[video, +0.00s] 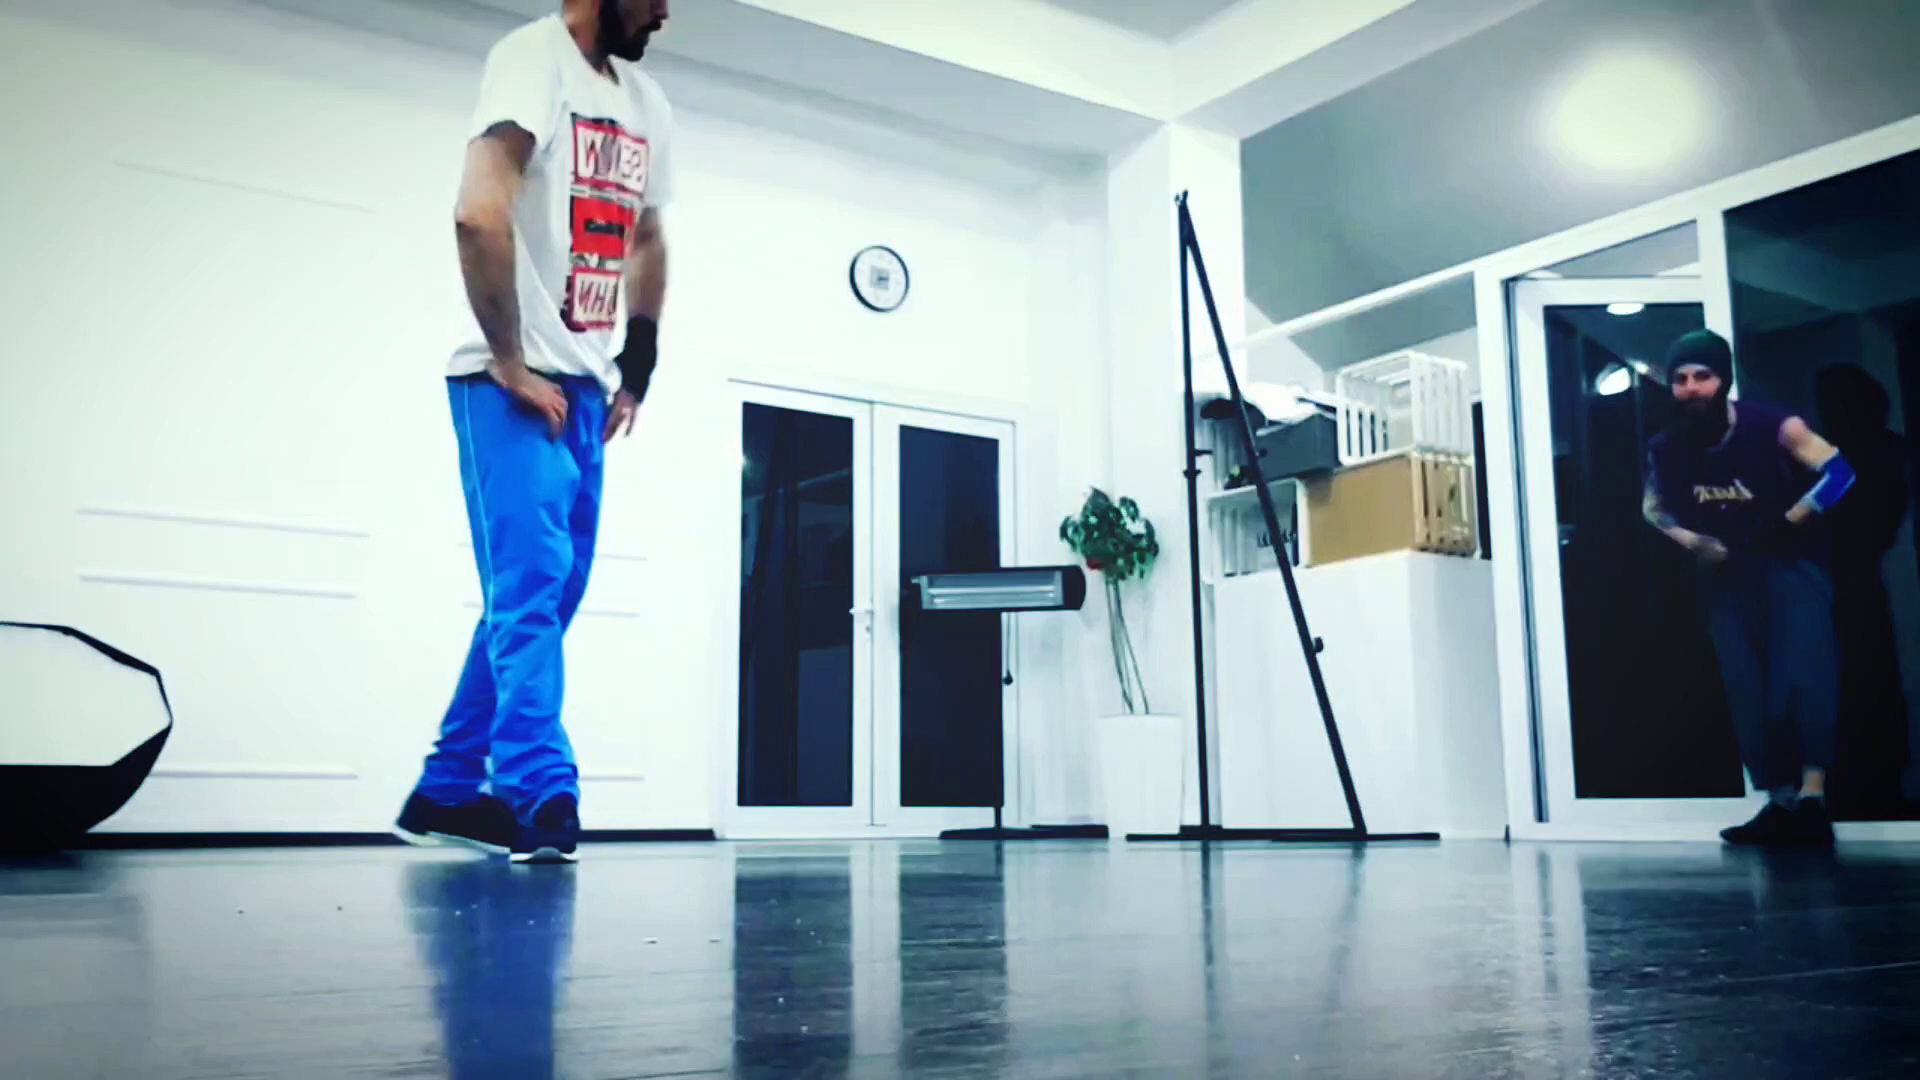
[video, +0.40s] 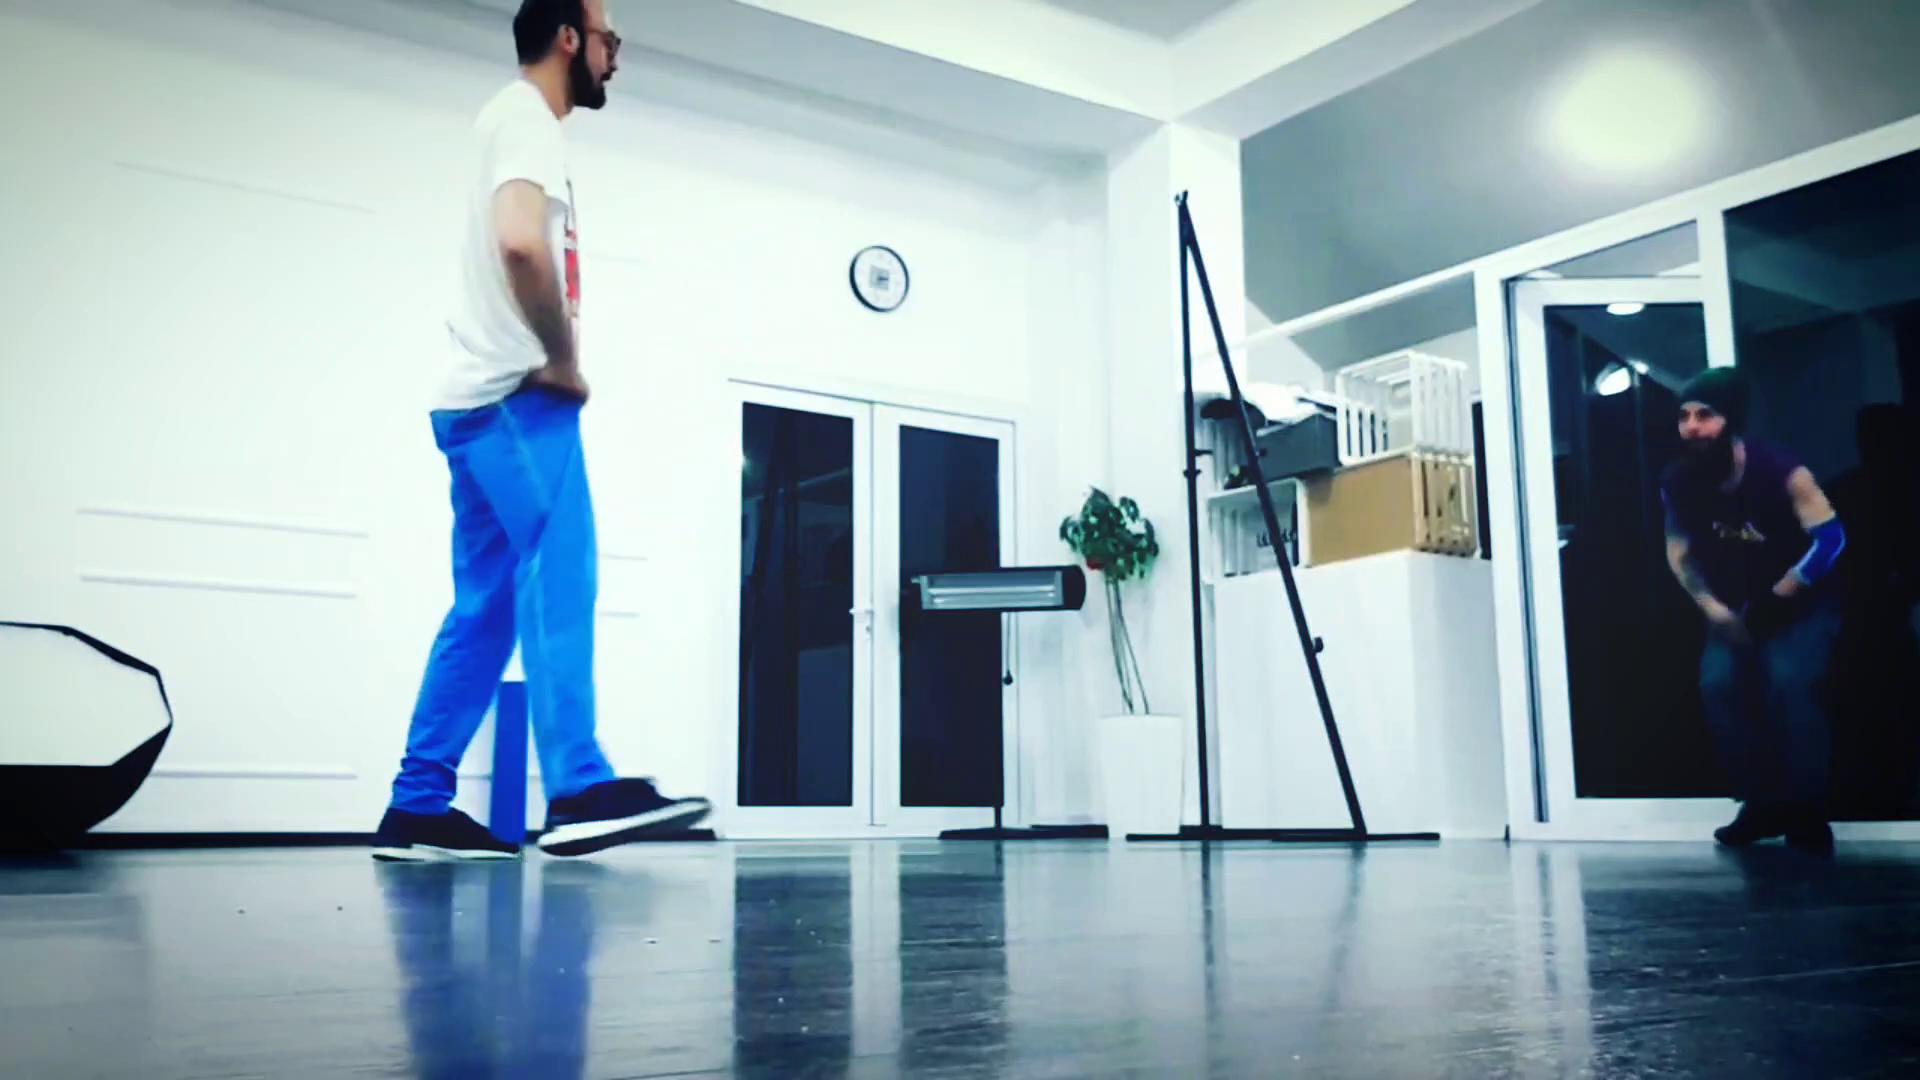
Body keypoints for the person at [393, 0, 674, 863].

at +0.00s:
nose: (663, 10)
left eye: (665, 1)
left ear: (641, 11)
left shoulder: (649, 99)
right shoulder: (533, 56)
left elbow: (648, 241)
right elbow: (481, 214)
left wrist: (636, 368)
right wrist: (509, 361)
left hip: (589, 385)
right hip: (512, 375)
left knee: (555, 584)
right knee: (528, 582)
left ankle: (451, 786)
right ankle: (542, 795)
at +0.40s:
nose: (614, 58)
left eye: (614, 42)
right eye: (607, 39)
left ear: (551, 42)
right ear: (568, 39)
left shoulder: (513, 119)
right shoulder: (526, 120)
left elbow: (508, 256)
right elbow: (521, 246)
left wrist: (545, 359)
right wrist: (564, 357)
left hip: (481, 402)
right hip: (517, 399)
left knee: (484, 608)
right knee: (564, 581)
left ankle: (419, 801)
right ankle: (579, 784)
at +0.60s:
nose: (608, 74)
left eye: (605, 58)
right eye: (602, 56)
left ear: (533, 64)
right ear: (573, 58)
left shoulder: (498, 137)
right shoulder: (547, 134)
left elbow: (494, 273)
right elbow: (592, 256)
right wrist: (610, 372)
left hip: (464, 402)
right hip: (535, 400)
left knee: (461, 601)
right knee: (600, 581)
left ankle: (415, 803)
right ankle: (596, 798)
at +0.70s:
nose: (617, 93)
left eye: (615, 80)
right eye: (610, 78)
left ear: (543, 85)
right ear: (578, 78)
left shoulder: (491, 170)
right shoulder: (564, 150)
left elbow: (441, 323)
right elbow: (605, 281)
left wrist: (499, 385)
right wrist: (628, 379)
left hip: (461, 408)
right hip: (542, 409)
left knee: (458, 604)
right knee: (593, 596)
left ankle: (416, 802)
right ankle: (594, 802)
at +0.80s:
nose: (624, 117)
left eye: (622, 103)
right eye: (620, 101)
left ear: (549, 108)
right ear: (594, 99)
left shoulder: (489, 186)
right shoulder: (593, 170)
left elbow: (441, 338)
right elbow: (607, 309)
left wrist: (504, 398)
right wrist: (633, 386)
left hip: (470, 419)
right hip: (561, 423)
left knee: (464, 607)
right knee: (575, 621)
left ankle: (420, 803)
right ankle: (585, 806)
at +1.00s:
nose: (650, 157)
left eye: (649, 146)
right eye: (651, 145)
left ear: (581, 137)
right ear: (638, 138)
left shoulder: (509, 204)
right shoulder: (641, 208)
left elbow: (456, 326)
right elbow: (665, 348)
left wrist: (503, 403)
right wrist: (640, 410)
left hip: (503, 424)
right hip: (595, 428)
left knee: (495, 610)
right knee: (591, 622)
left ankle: (444, 759)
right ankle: (582, 810)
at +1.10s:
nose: (660, 171)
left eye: (659, 161)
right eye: (661, 160)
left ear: (593, 147)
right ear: (648, 155)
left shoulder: (519, 209)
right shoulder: (652, 220)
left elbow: (457, 327)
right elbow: (708, 357)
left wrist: (492, 425)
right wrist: (647, 405)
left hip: (520, 433)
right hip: (613, 434)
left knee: (515, 610)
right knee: (600, 622)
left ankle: (482, 740)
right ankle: (583, 812)